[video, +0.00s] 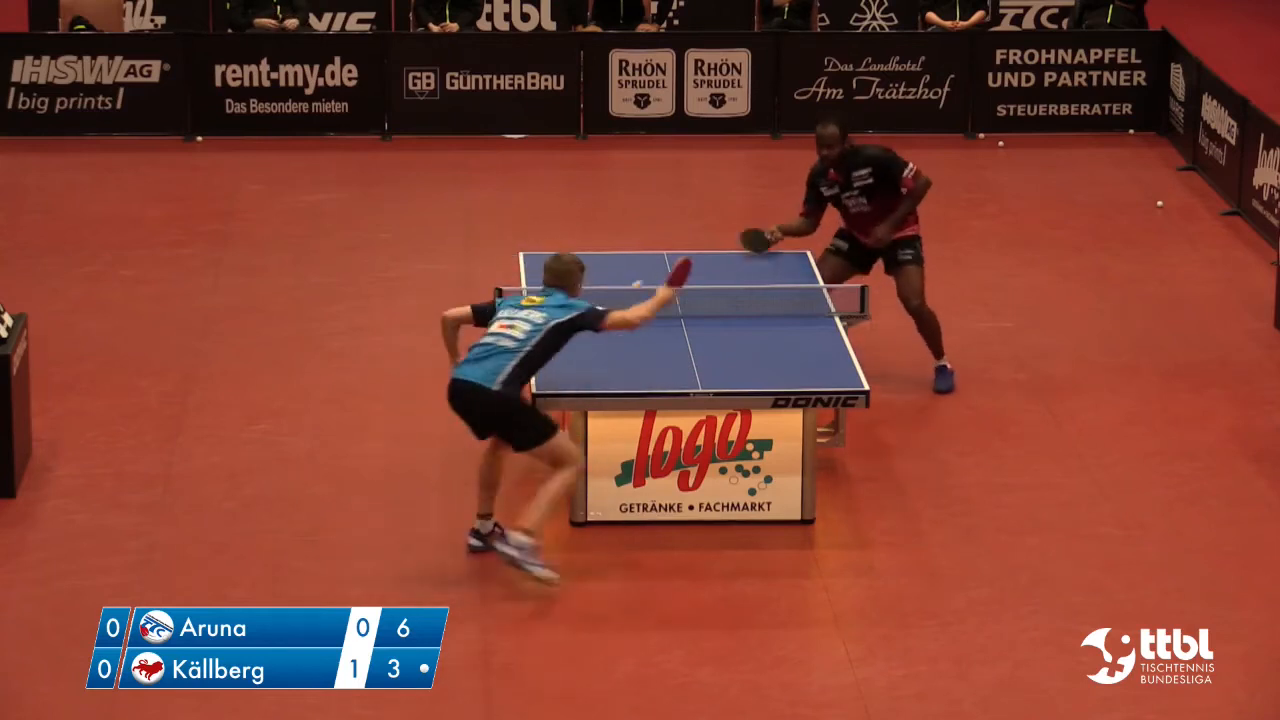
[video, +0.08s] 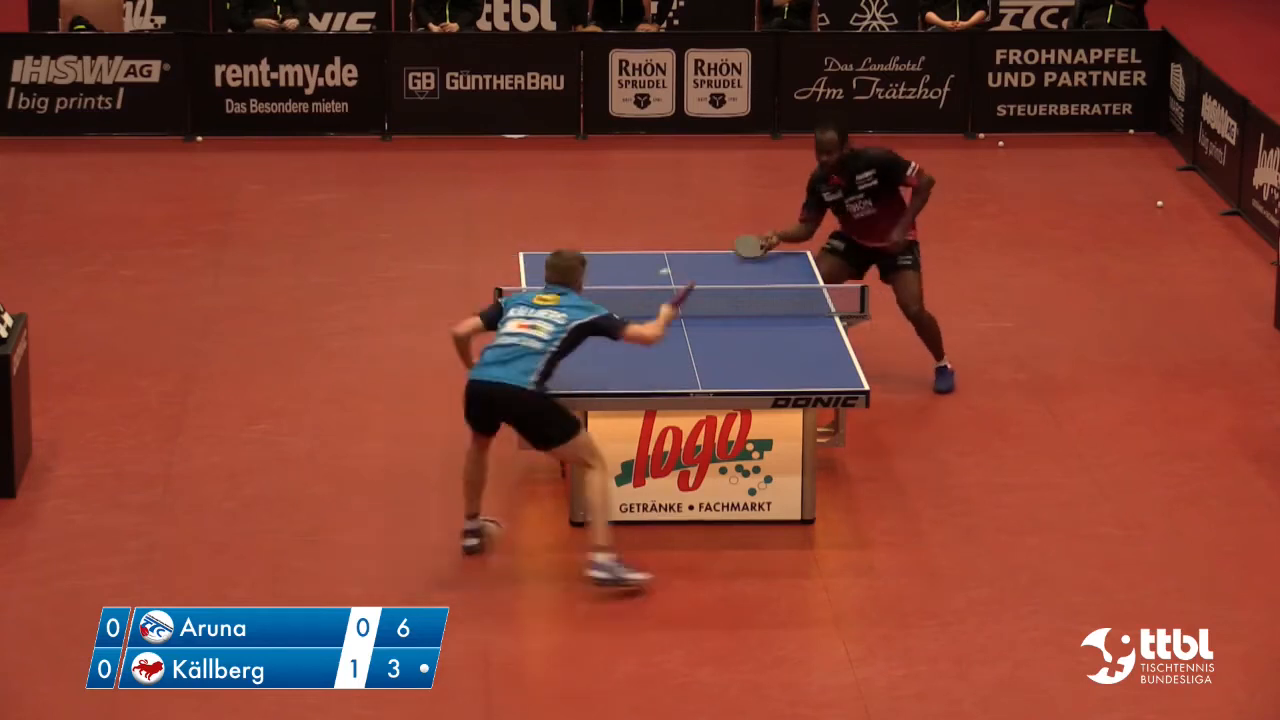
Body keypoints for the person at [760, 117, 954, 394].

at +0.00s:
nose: (825, 153)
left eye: (831, 147)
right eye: (820, 147)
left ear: (846, 142)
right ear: (815, 145)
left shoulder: (876, 157)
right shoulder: (819, 175)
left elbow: (921, 183)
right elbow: (808, 223)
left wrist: (888, 226)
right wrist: (780, 230)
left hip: (900, 234)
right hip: (855, 236)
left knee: (914, 303)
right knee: (811, 287)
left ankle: (942, 364)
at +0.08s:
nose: (824, 159)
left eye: (830, 152)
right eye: (820, 153)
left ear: (846, 146)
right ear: (814, 150)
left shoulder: (877, 160)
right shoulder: (820, 180)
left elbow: (924, 182)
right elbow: (806, 229)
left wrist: (903, 226)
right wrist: (778, 236)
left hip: (895, 242)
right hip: (852, 241)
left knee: (912, 309)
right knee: (807, 285)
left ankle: (942, 365)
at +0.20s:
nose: (809, 165)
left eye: (815, 158)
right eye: (806, 159)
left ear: (831, 151)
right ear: (801, 154)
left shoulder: (864, 159)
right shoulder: (804, 184)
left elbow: (911, 169)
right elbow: (793, 231)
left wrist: (911, 217)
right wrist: (768, 242)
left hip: (882, 239)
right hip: (838, 241)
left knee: (908, 307)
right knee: (799, 287)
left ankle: (941, 363)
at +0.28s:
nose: (795, 171)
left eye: (800, 164)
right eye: (791, 165)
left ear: (814, 156)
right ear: (786, 162)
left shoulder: (844, 160)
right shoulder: (787, 189)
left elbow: (888, 164)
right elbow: (781, 236)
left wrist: (898, 209)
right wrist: (766, 243)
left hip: (864, 239)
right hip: (820, 244)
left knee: (900, 303)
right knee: (791, 296)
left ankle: (939, 361)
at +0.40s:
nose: (774, 184)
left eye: (778, 177)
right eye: (767, 179)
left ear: (788, 167)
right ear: (760, 176)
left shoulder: (809, 165)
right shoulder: (760, 200)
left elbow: (844, 168)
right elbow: (766, 239)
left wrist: (860, 210)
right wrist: (764, 249)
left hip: (834, 247)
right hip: (797, 261)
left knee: (879, 302)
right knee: (791, 318)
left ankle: (928, 362)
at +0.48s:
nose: (762, 183)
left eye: (765, 176)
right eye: (755, 178)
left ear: (775, 166)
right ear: (747, 176)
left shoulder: (792, 165)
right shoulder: (744, 202)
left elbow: (823, 168)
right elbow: (753, 244)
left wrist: (839, 212)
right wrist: (758, 243)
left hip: (817, 246)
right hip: (784, 261)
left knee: (860, 300)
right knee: (785, 318)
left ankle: (910, 360)